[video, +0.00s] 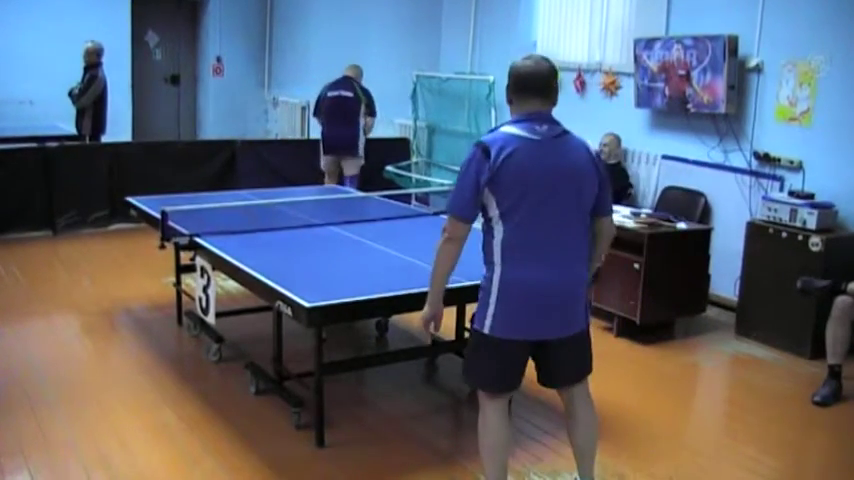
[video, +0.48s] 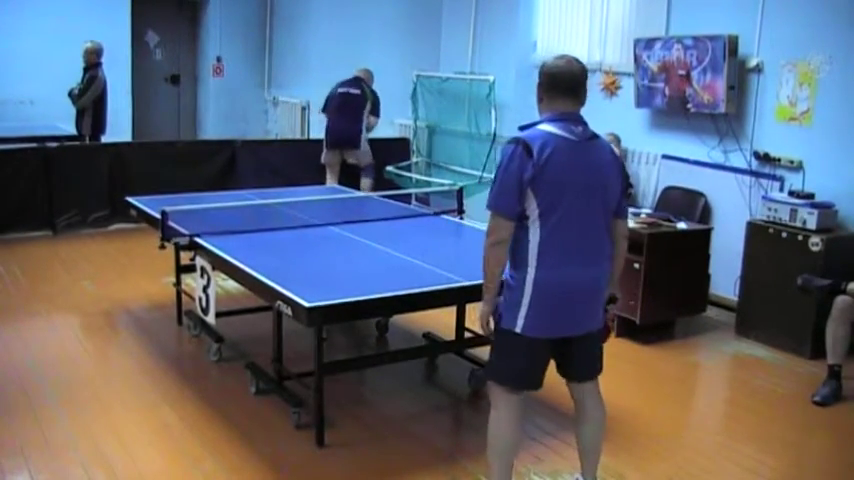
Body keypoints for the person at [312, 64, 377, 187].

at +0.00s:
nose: (360, 80)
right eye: (361, 78)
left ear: (344, 73)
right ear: (360, 77)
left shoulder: (327, 88)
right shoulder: (362, 91)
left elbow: (317, 113)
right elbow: (370, 118)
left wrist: (328, 126)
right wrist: (364, 134)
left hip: (328, 141)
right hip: (352, 141)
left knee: (329, 179)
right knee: (350, 183)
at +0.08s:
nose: (359, 80)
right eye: (359, 78)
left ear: (344, 74)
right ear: (358, 77)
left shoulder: (327, 89)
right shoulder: (361, 91)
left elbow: (317, 115)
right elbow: (369, 118)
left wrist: (328, 126)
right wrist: (363, 133)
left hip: (329, 141)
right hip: (351, 141)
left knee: (330, 179)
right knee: (353, 181)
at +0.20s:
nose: (359, 79)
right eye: (359, 77)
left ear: (343, 73)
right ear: (358, 76)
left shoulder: (327, 88)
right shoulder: (361, 89)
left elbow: (318, 113)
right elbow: (368, 117)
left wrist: (329, 125)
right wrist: (361, 130)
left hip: (329, 139)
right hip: (351, 139)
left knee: (331, 174)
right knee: (360, 171)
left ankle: (328, 205)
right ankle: (349, 200)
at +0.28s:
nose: (360, 79)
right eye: (361, 77)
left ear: (345, 72)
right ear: (359, 76)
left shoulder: (329, 87)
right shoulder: (363, 89)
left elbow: (319, 112)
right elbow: (368, 118)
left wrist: (331, 124)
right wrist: (360, 129)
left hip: (330, 137)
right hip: (352, 137)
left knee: (330, 173)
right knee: (362, 167)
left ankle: (328, 205)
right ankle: (351, 195)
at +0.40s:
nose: (366, 80)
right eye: (366, 78)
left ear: (350, 73)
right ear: (364, 77)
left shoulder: (333, 85)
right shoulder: (367, 90)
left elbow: (323, 111)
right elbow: (371, 117)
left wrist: (334, 123)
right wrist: (362, 129)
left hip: (331, 136)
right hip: (354, 136)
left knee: (331, 174)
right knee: (366, 165)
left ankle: (329, 206)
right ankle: (358, 197)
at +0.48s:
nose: (372, 85)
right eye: (371, 82)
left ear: (355, 75)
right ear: (369, 80)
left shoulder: (337, 86)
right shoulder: (371, 93)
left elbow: (325, 111)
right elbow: (372, 121)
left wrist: (338, 121)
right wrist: (363, 131)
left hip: (332, 136)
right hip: (355, 138)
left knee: (331, 173)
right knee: (367, 168)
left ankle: (329, 207)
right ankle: (364, 204)